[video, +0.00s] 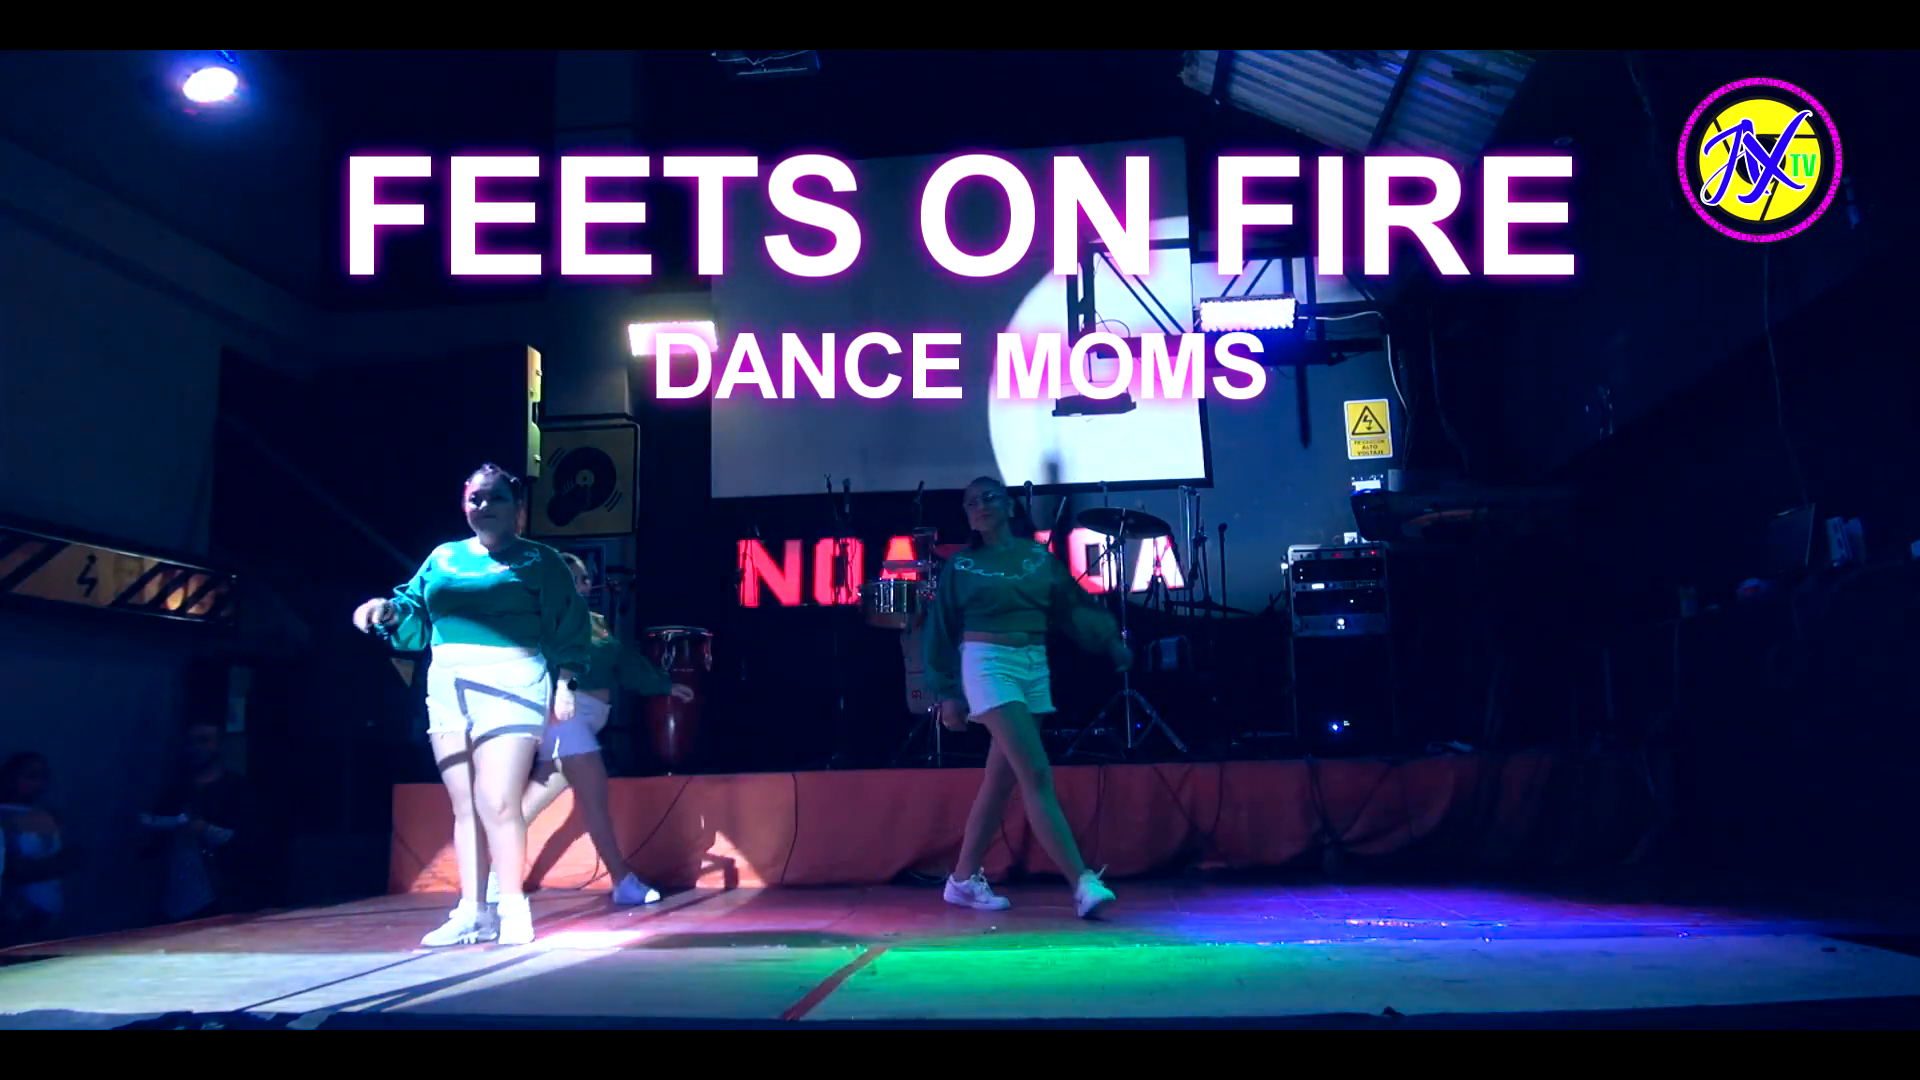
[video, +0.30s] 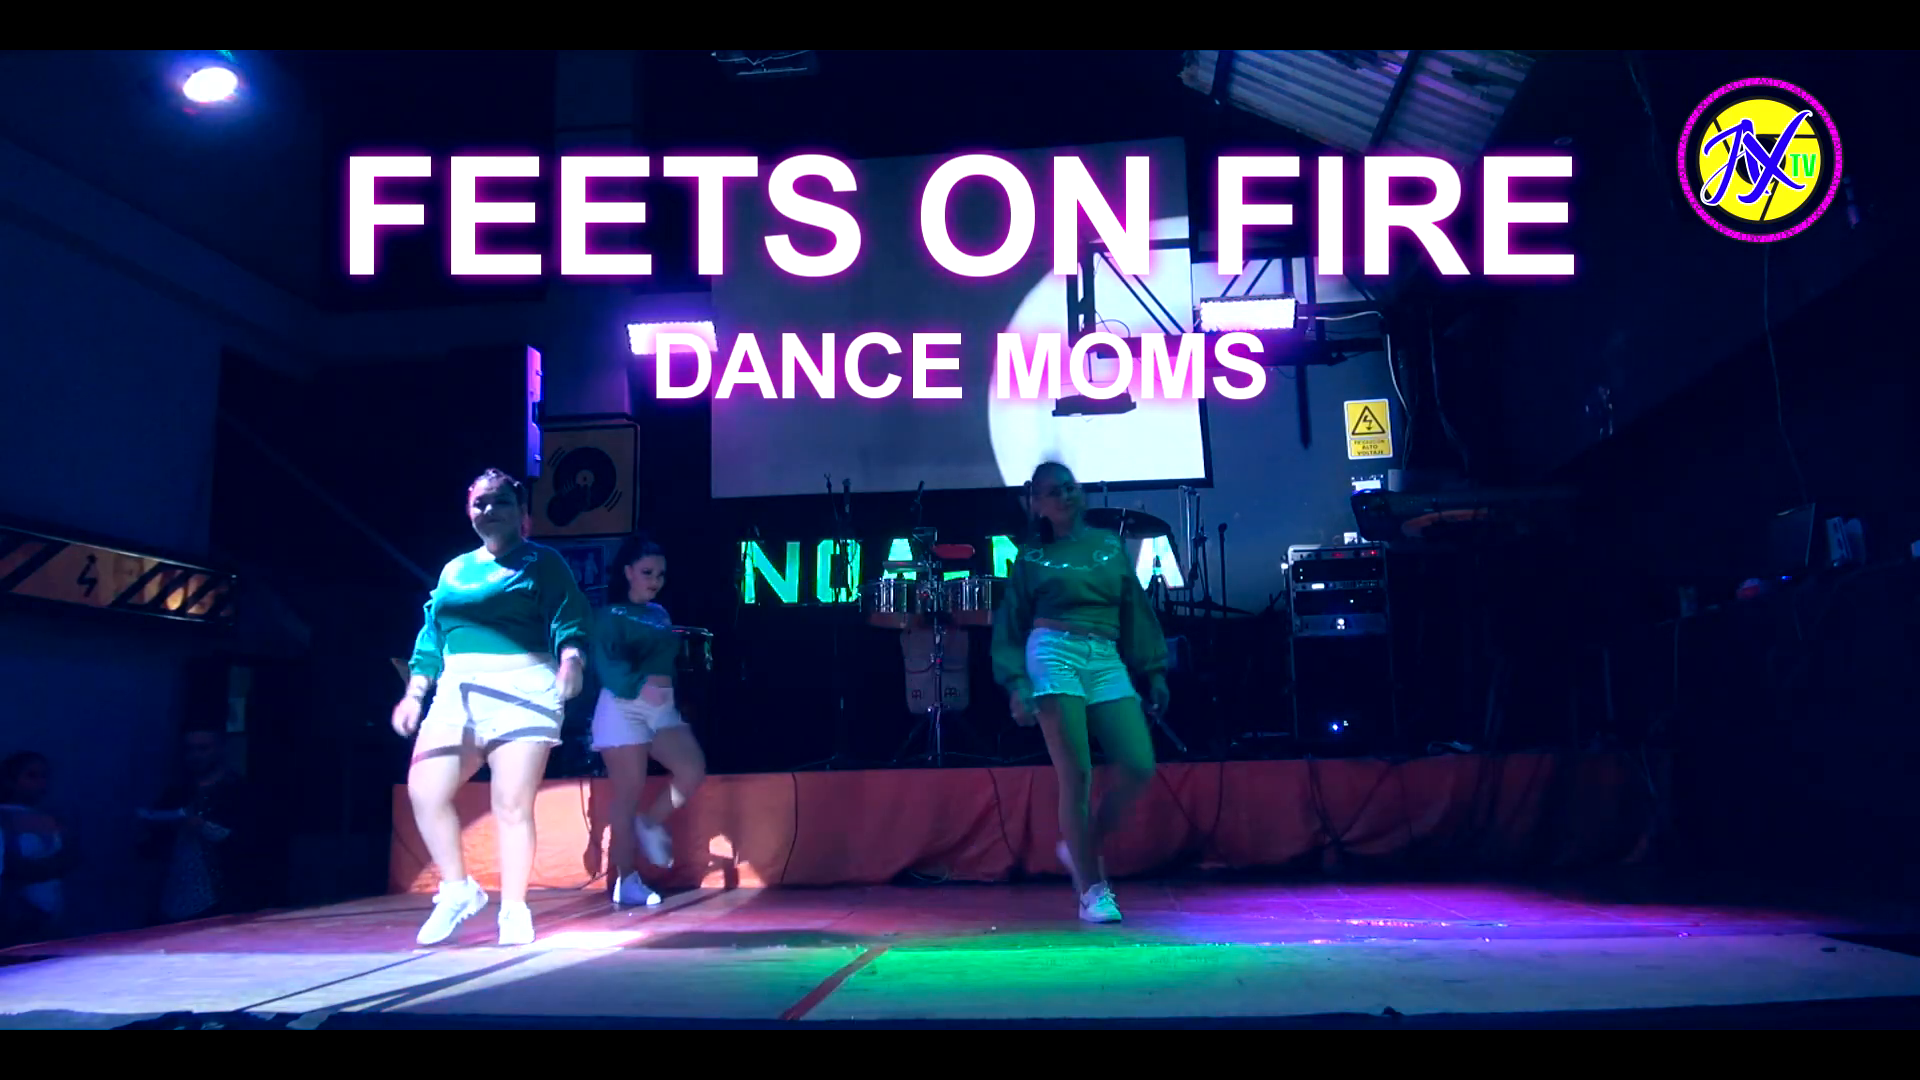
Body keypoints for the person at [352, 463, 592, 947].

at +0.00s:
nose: (480, 504)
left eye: (492, 498)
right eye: (473, 497)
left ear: (517, 508)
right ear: (463, 506)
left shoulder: (541, 563)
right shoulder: (442, 559)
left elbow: (571, 627)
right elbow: (417, 621)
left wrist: (566, 682)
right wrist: (387, 611)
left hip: (512, 688)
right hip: (447, 688)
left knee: (498, 804)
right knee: (465, 806)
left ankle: (514, 909)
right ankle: (471, 912)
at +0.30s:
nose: (487, 509)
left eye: (499, 502)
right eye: (479, 503)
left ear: (520, 510)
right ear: (469, 513)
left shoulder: (544, 564)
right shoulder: (455, 569)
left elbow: (571, 619)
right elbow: (431, 637)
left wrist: (572, 656)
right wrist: (415, 691)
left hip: (525, 689)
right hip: (456, 692)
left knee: (512, 804)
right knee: (426, 791)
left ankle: (514, 909)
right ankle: (458, 890)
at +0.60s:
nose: (488, 510)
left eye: (499, 503)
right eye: (479, 502)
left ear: (513, 511)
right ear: (463, 509)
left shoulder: (530, 561)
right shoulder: (433, 565)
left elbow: (567, 621)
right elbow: (418, 632)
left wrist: (563, 601)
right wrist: (419, 685)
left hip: (521, 685)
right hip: (452, 689)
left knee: (516, 802)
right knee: (450, 810)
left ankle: (515, 910)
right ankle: (460, 913)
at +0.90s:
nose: (474, 509)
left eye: (484, 502)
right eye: (466, 503)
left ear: (505, 511)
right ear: (455, 514)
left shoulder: (524, 570)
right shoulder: (426, 561)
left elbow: (546, 631)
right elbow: (381, 600)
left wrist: (545, 675)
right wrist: (333, 626)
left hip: (500, 683)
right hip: (431, 686)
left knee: (485, 794)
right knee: (439, 804)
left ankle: (500, 900)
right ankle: (456, 913)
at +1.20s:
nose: (467, 504)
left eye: (478, 497)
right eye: (460, 498)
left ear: (506, 509)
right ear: (451, 510)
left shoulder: (525, 559)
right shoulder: (432, 564)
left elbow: (554, 626)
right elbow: (403, 625)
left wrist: (551, 687)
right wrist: (365, 634)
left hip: (495, 684)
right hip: (432, 686)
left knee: (478, 805)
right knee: (439, 807)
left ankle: (489, 912)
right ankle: (457, 912)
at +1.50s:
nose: (467, 501)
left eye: (480, 494)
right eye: (462, 494)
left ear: (506, 509)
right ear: (455, 507)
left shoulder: (525, 558)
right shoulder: (437, 561)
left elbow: (545, 604)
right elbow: (421, 630)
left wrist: (529, 632)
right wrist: (411, 683)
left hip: (507, 686)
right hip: (440, 690)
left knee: (495, 800)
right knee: (410, 793)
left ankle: (491, 909)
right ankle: (441, 890)